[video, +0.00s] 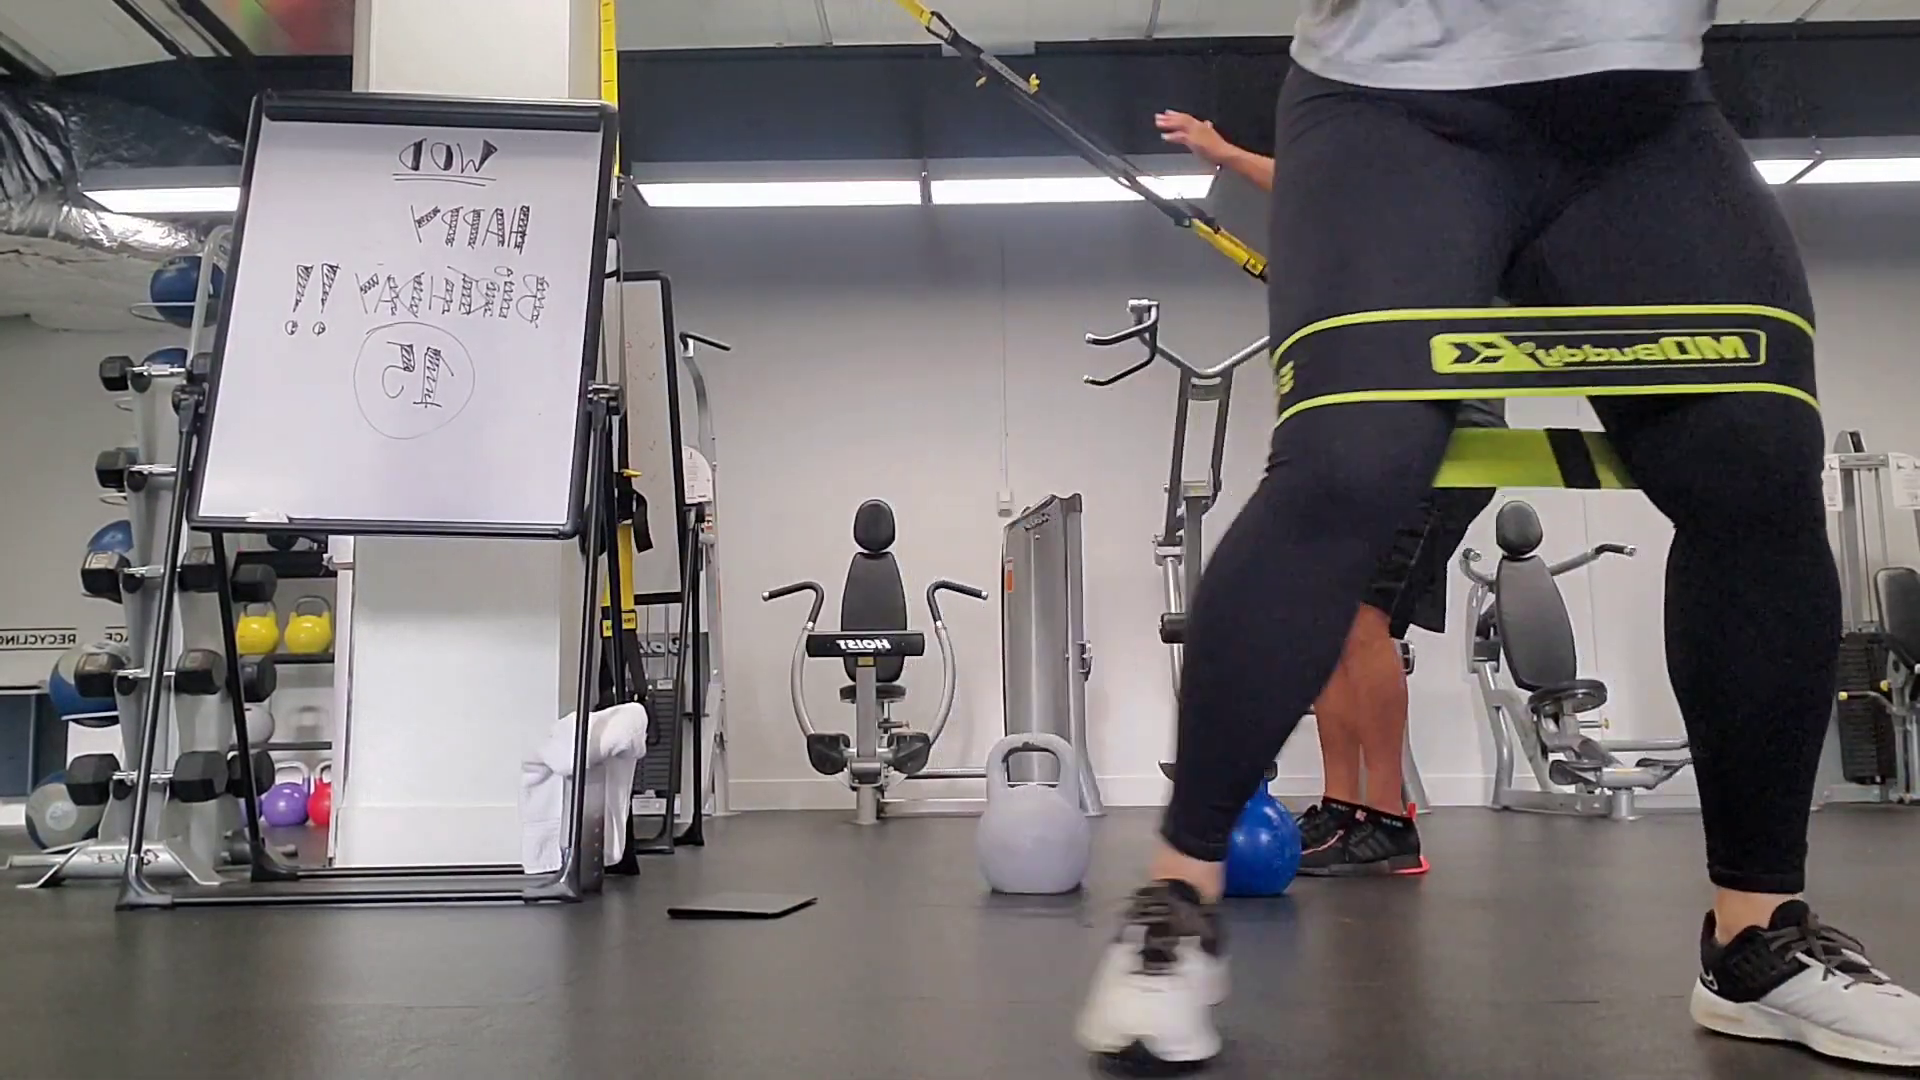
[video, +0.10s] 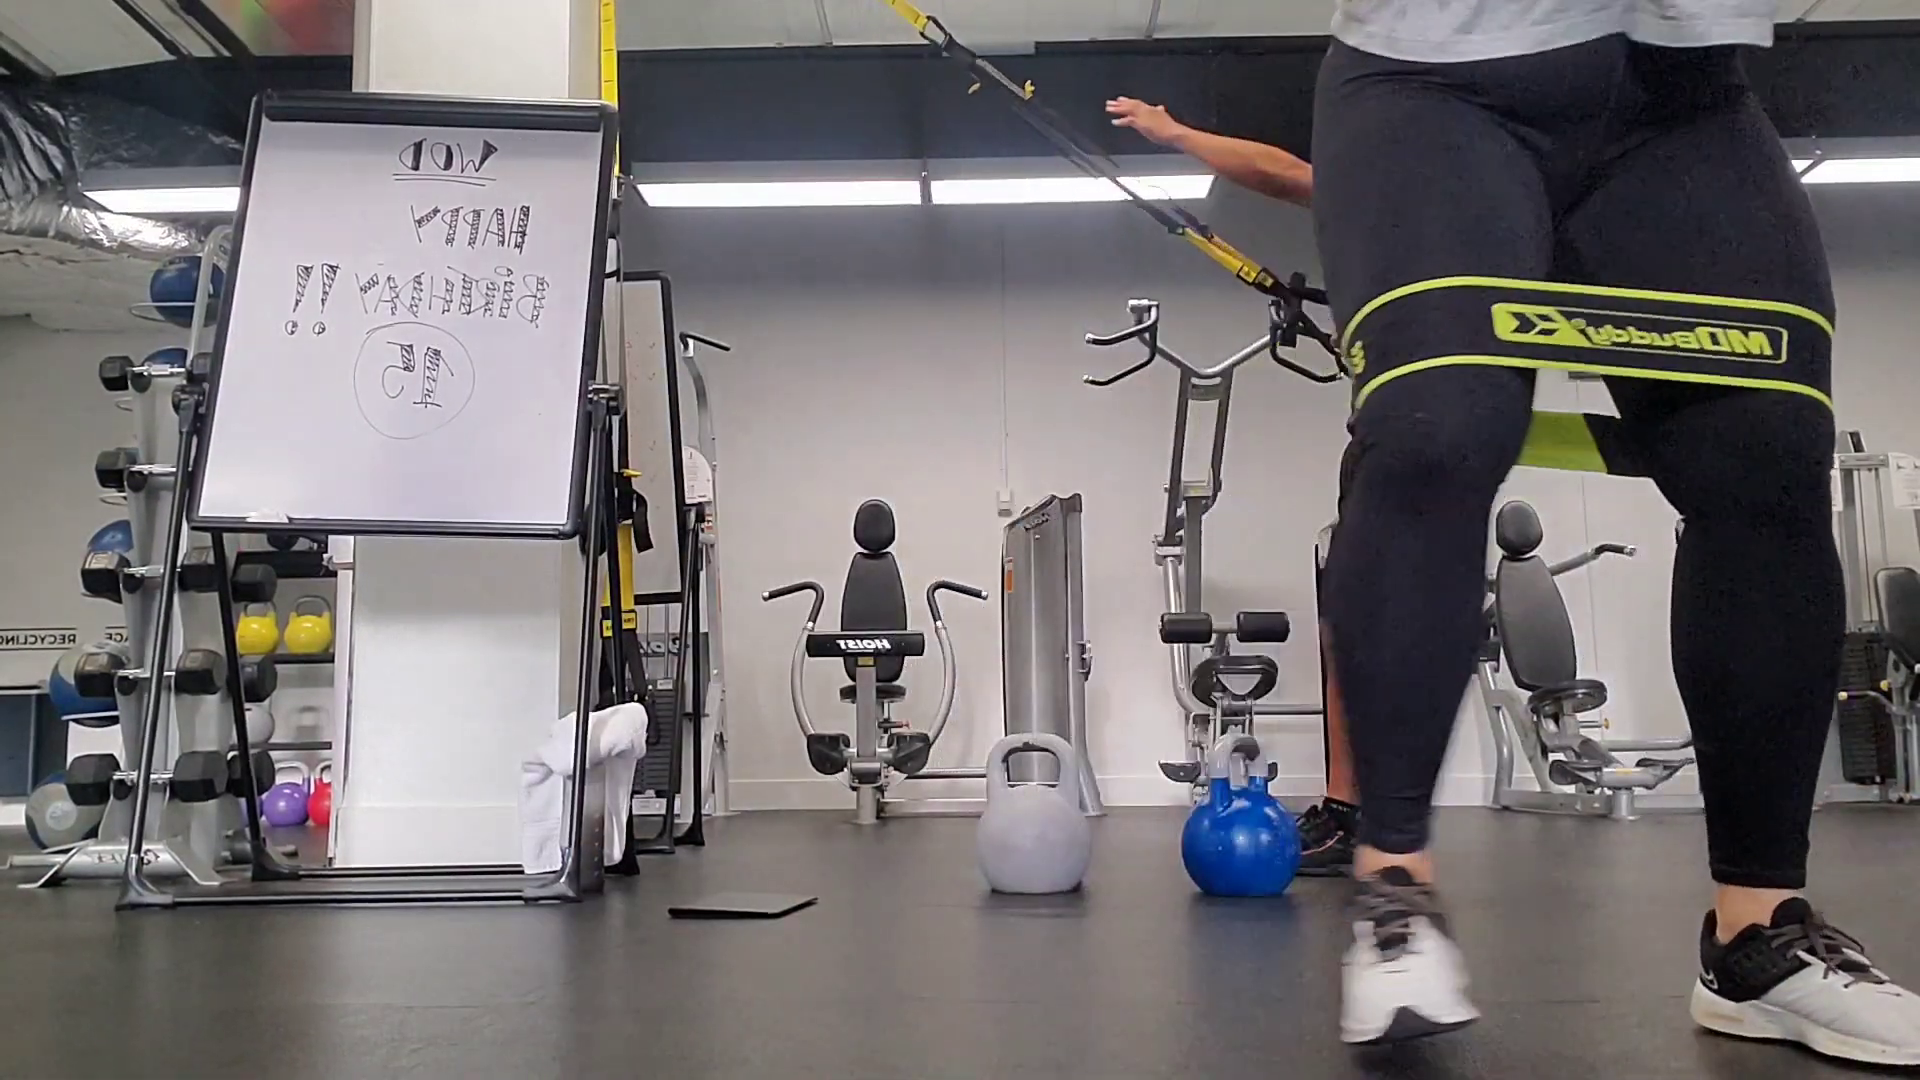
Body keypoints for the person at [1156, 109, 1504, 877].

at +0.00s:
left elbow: (1325, 186)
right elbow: (1320, 188)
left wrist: (1224, 152)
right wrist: (1227, 153)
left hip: (1440, 433)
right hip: (1369, 429)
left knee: (1361, 613)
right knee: (1326, 607)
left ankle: (1390, 819)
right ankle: (1339, 808)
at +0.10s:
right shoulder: (1384, 203)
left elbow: (1287, 174)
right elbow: (1289, 174)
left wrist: (1176, 133)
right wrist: (1177, 132)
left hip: (1431, 454)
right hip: (1382, 447)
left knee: (1358, 622)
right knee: (1339, 623)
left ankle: (1366, 815)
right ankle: (1344, 807)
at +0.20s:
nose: (1314, 181)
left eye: (1324, 169)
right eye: (1318, 170)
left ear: (1358, 163)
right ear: (1363, 166)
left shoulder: (1391, 202)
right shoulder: (1374, 215)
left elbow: (1248, 175)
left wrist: (1136, 135)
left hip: (1396, 426)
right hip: (1364, 430)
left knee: (1388, 623)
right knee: (1347, 627)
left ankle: (1390, 820)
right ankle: (1345, 808)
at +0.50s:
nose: (1296, 204)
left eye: (1302, 187)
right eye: (1295, 191)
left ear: (1342, 169)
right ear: (1357, 173)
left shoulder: (1349, 204)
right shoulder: (1425, 246)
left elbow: (1215, 192)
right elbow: (1460, 379)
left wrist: (1104, 171)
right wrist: (1361, 338)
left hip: (1373, 426)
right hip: (1385, 429)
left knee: (1381, 627)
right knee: (1345, 628)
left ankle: (1389, 821)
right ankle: (1346, 809)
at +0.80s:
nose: (1345, 213)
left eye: (1351, 199)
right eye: (1341, 202)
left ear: (1387, 182)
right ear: (1386, 189)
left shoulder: (1436, 229)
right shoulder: (1400, 261)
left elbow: (1325, 211)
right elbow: (1417, 371)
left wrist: (1211, 177)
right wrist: (1357, 356)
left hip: (1424, 445)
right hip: (1380, 453)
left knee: (1343, 615)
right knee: (1302, 626)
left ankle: (1389, 823)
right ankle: (1343, 813)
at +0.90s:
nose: (1372, 242)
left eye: (1375, 225)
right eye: (1366, 232)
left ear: (1423, 207)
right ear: (1412, 221)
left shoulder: (1479, 266)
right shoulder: (1420, 313)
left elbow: (1401, 260)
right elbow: (1400, 425)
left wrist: (1282, 217)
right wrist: (1358, 376)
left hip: (1453, 478)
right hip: (1400, 485)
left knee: (1332, 619)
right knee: (1287, 632)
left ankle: (1388, 822)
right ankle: (1340, 812)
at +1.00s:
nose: (1408, 277)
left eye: (1416, 257)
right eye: (1401, 264)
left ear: (1466, 244)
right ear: (1459, 254)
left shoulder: (1522, 306)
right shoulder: (1444, 348)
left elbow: (1523, 345)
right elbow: (1401, 456)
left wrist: (1405, 296)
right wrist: (1359, 398)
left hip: (1482, 522)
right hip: (1422, 526)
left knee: (1329, 621)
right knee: (1279, 635)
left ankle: (1389, 824)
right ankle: (1339, 813)